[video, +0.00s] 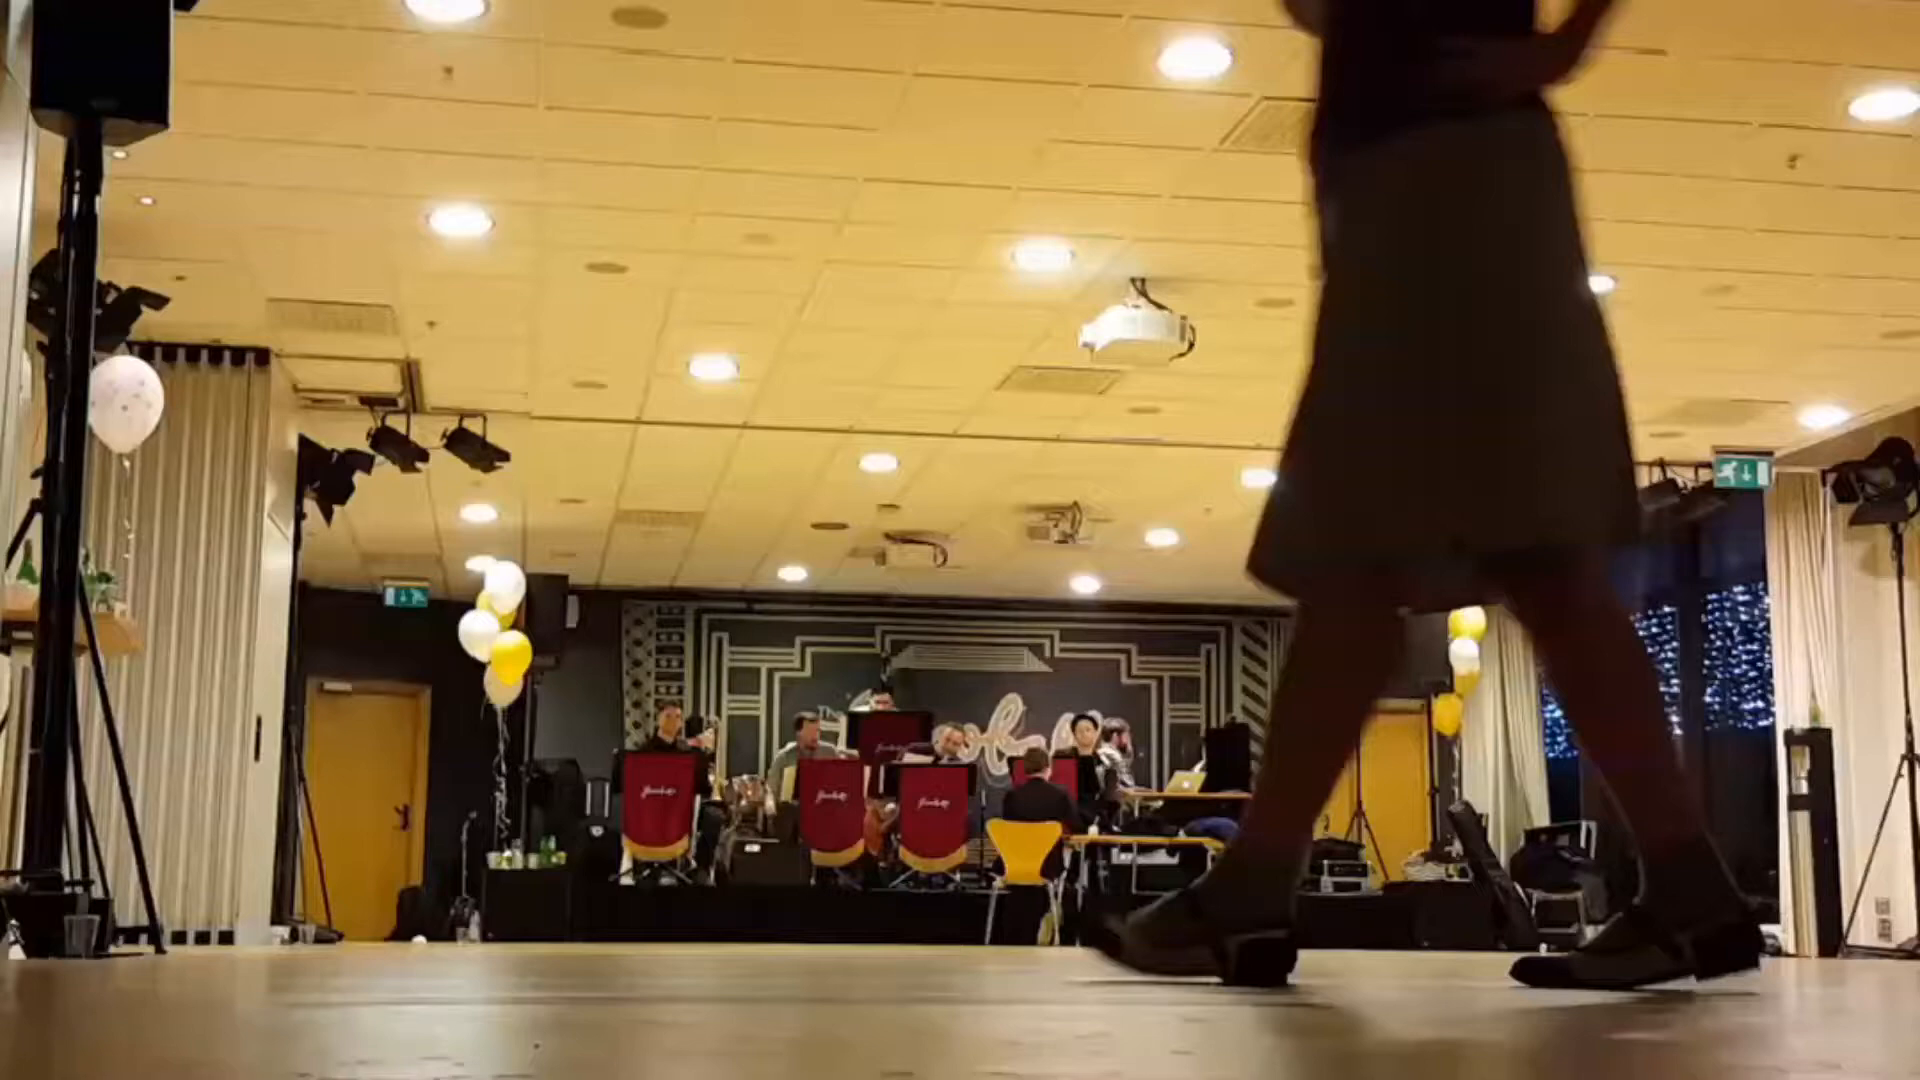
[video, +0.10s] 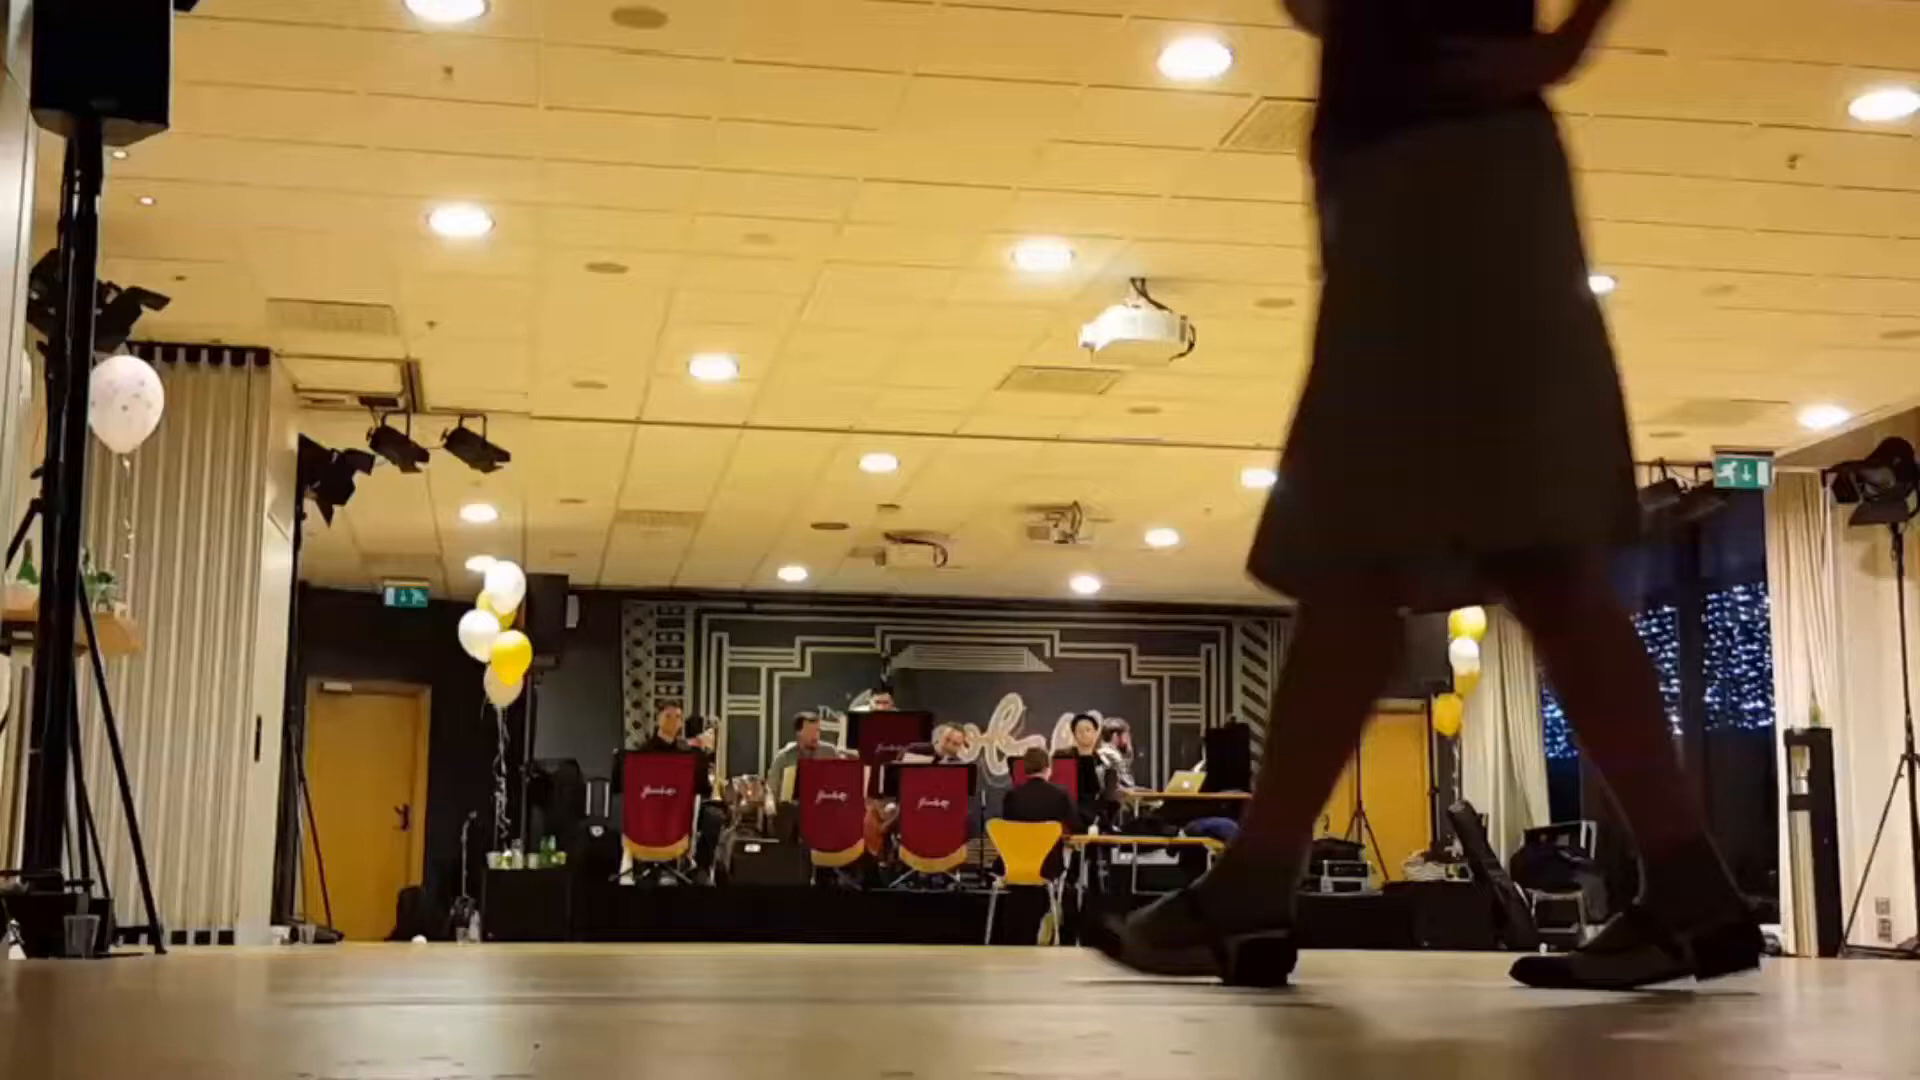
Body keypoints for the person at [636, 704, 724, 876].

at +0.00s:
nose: (672, 722)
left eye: (677, 717)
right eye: (667, 716)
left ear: (682, 723)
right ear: (658, 719)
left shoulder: (692, 754)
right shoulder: (644, 752)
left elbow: (704, 791)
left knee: (714, 816)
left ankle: (703, 868)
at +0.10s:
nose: (672, 722)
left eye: (677, 717)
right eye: (667, 716)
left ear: (682, 722)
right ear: (658, 719)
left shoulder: (692, 754)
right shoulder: (644, 752)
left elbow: (704, 790)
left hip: (683, 814)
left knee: (714, 816)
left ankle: (703, 868)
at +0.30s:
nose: (672, 721)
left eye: (677, 717)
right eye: (667, 716)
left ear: (682, 723)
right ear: (658, 719)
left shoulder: (692, 754)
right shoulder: (644, 752)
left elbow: (704, 790)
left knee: (714, 817)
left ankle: (703, 868)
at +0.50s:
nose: (672, 722)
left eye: (677, 717)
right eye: (667, 716)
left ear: (682, 722)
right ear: (658, 719)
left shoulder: (692, 754)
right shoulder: (644, 752)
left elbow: (704, 790)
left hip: (683, 814)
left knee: (714, 816)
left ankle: (703, 868)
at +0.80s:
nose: (672, 722)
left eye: (677, 717)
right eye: (667, 716)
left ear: (682, 722)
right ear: (658, 720)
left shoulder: (692, 753)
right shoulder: (645, 751)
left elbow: (704, 790)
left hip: (683, 809)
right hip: (651, 808)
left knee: (714, 818)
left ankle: (703, 868)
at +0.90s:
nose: (672, 722)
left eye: (677, 717)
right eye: (667, 716)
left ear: (682, 722)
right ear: (658, 720)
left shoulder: (692, 753)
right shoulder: (645, 751)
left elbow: (705, 790)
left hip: (683, 810)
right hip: (650, 809)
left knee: (714, 817)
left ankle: (703, 868)